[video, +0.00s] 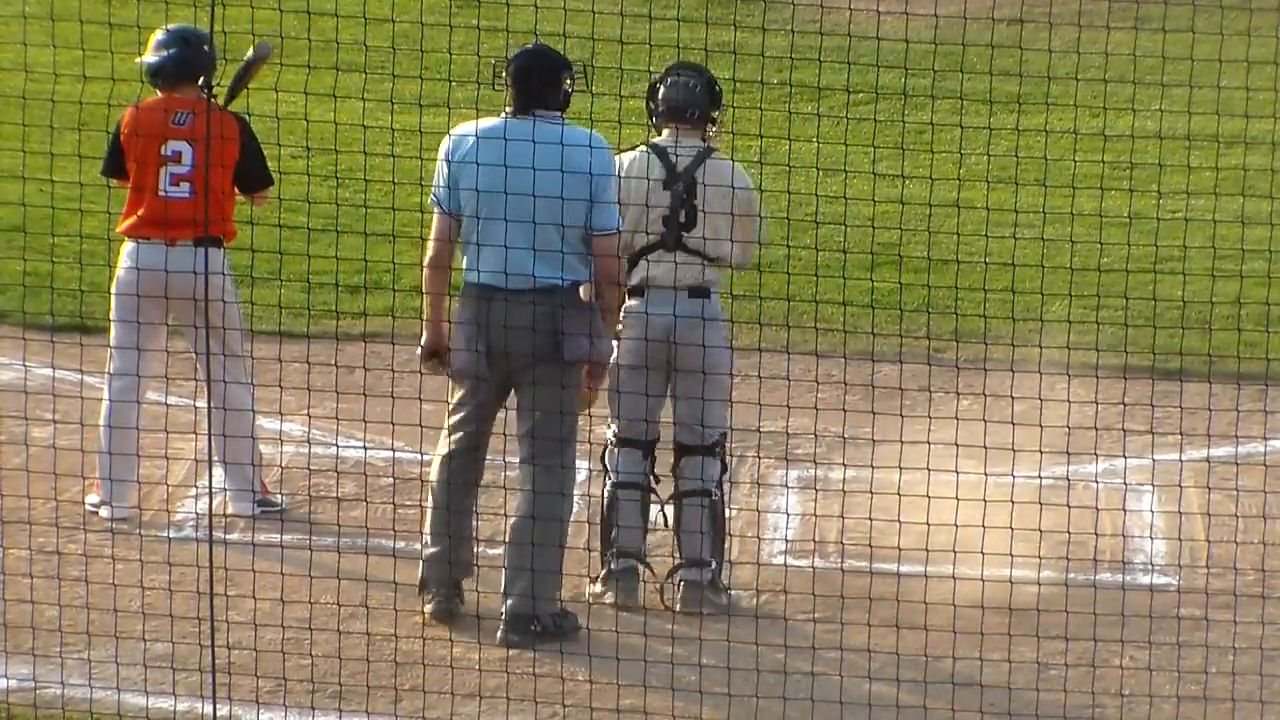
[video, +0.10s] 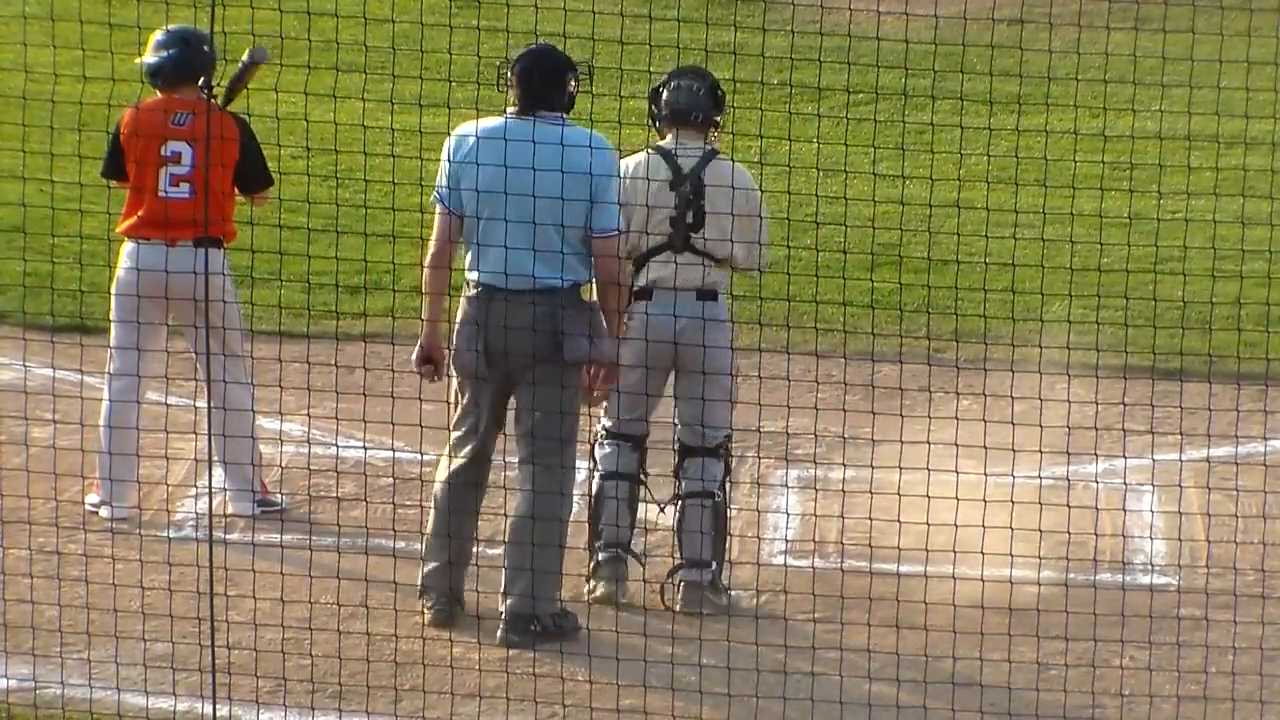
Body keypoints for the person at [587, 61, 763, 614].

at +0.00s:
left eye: (657, 106)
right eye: (707, 110)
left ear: (655, 110)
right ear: (711, 114)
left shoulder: (626, 167)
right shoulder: (732, 176)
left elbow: (611, 249)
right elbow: (743, 254)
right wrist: (688, 237)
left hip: (639, 319)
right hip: (702, 322)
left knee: (630, 442)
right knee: (700, 446)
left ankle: (623, 571)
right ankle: (697, 576)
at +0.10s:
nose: (656, 118)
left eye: (658, 110)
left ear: (659, 113)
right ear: (714, 118)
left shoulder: (631, 171)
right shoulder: (737, 178)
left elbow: (613, 251)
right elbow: (751, 259)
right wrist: (700, 240)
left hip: (643, 318)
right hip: (707, 320)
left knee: (623, 436)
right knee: (704, 446)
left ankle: (610, 560)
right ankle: (698, 575)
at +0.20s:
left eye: (658, 113)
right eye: (712, 116)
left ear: (658, 116)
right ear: (713, 120)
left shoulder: (629, 172)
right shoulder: (737, 181)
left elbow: (610, 254)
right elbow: (750, 269)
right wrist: (711, 246)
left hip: (641, 316)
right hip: (707, 320)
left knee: (619, 432)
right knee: (703, 446)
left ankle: (602, 561)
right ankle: (696, 576)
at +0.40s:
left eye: (643, 122)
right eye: (693, 127)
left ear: (642, 125)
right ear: (699, 130)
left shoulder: (614, 174)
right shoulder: (719, 184)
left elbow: (590, 248)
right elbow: (744, 269)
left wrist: (604, 306)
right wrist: (706, 312)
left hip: (621, 313)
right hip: (687, 320)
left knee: (613, 440)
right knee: (699, 446)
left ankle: (602, 567)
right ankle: (696, 574)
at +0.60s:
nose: (684, 180)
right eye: (685, 173)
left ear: (631, 176)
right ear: (684, 178)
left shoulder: (605, 221)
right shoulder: (707, 232)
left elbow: (587, 299)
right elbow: (715, 318)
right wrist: (690, 376)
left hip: (612, 353)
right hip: (675, 357)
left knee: (602, 455)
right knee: (711, 452)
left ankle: (603, 572)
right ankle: (670, 567)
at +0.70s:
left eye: (632, 202)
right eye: (678, 206)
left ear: (628, 207)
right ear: (680, 210)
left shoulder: (603, 250)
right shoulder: (705, 261)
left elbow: (578, 314)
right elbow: (718, 346)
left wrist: (590, 369)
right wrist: (699, 395)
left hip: (608, 377)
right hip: (672, 379)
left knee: (595, 465)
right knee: (714, 463)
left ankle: (601, 569)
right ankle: (670, 568)